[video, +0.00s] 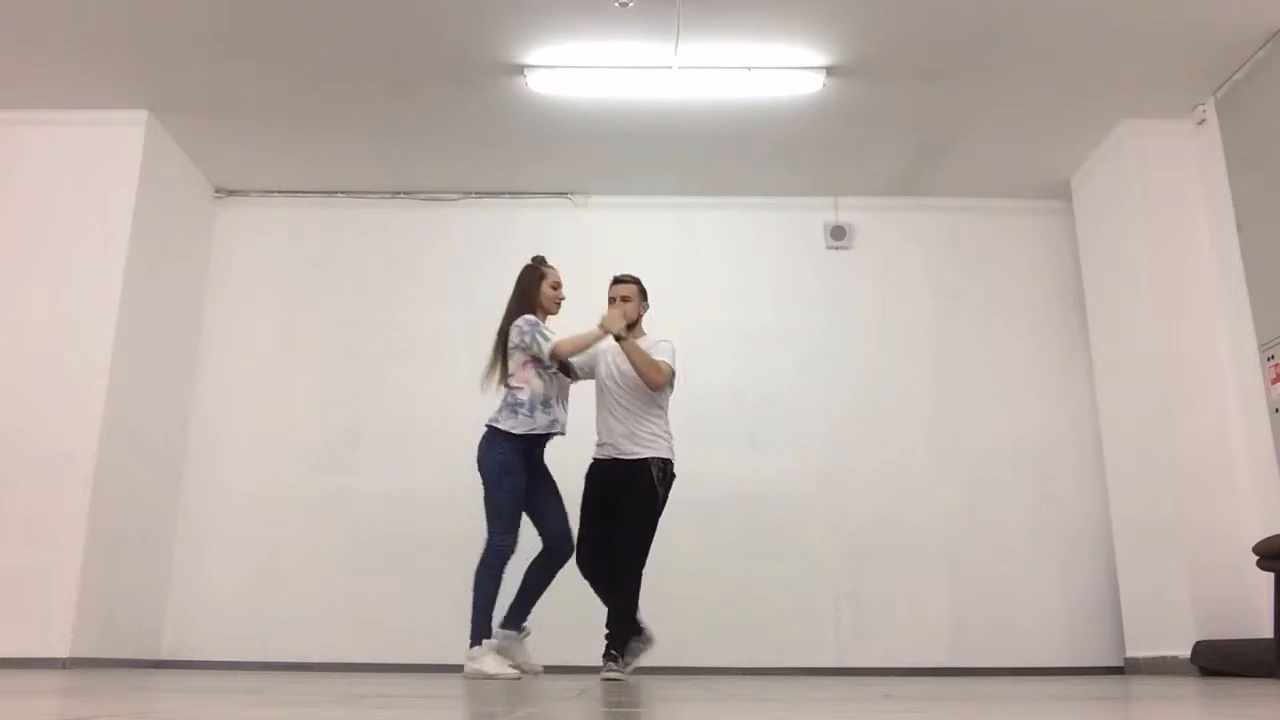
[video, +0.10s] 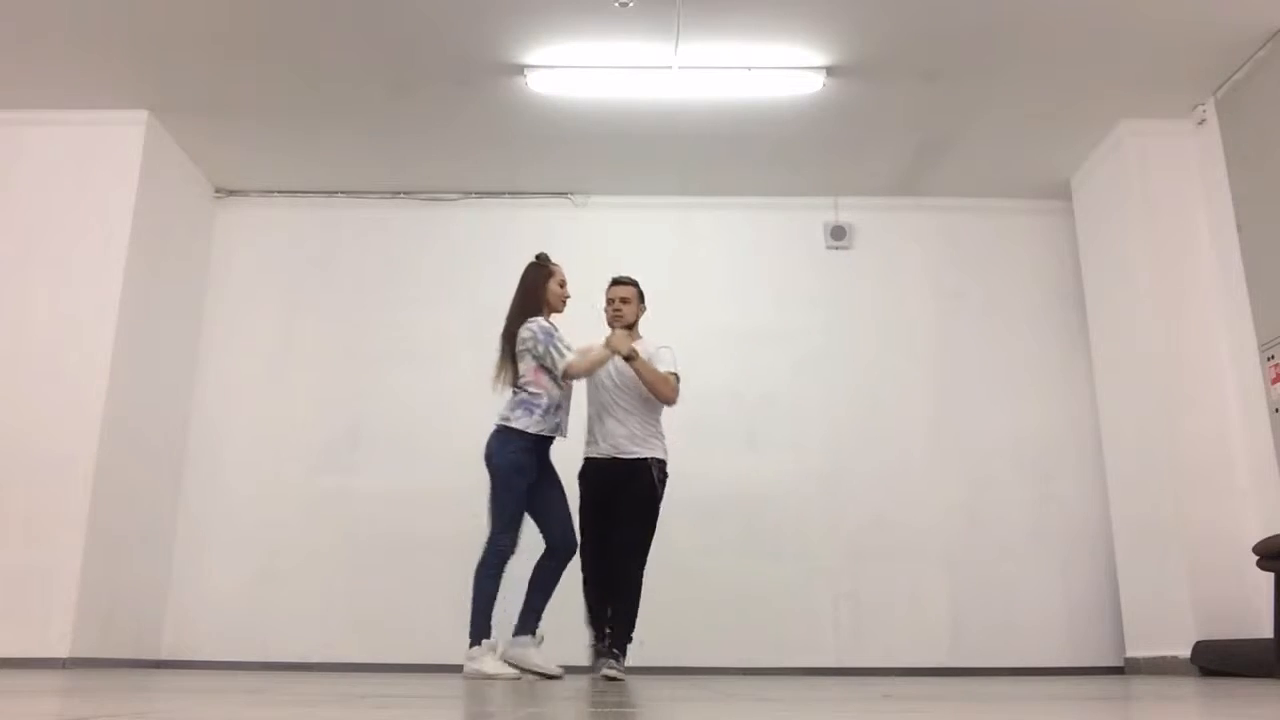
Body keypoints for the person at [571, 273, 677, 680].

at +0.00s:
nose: (618, 306)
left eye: (626, 300)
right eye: (612, 301)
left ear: (644, 307)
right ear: (607, 307)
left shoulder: (660, 346)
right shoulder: (601, 351)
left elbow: (657, 378)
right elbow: (560, 368)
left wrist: (620, 336)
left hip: (649, 463)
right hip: (606, 462)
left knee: (628, 558)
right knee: (589, 556)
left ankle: (614, 652)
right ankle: (635, 631)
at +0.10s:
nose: (616, 307)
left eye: (624, 301)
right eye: (611, 302)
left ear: (641, 309)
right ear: (604, 308)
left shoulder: (657, 351)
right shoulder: (593, 352)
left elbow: (669, 394)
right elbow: (565, 370)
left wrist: (633, 357)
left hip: (643, 466)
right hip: (597, 465)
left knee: (629, 559)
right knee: (593, 555)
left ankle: (617, 650)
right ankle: (600, 640)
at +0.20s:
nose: (615, 311)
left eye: (622, 305)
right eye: (609, 305)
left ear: (637, 312)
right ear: (600, 311)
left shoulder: (650, 359)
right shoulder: (584, 354)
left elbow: (673, 408)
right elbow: (554, 388)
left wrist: (638, 369)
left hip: (638, 470)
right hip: (591, 468)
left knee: (631, 565)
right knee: (595, 564)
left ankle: (620, 651)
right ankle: (591, 649)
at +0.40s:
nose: (607, 316)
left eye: (614, 310)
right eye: (600, 309)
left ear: (624, 317)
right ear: (586, 313)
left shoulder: (631, 364)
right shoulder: (570, 352)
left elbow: (671, 406)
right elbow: (512, 361)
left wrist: (663, 366)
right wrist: (546, 351)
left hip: (621, 468)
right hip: (579, 464)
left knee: (637, 550)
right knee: (585, 553)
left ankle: (627, 638)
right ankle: (588, 639)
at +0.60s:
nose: (610, 284)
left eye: (596, 276)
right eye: (609, 277)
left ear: (572, 282)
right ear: (611, 280)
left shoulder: (560, 327)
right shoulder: (628, 316)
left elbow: (513, 360)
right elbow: (676, 342)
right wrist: (671, 320)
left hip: (559, 446)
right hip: (602, 446)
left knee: (571, 546)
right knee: (629, 546)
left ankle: (538, 637)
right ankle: (638, 643)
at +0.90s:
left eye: (583, 287)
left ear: (594, 284)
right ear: (634, 284)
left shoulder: (578, 325)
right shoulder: (646, 319)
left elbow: (523, 354)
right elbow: (673, 332)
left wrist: (504, 340)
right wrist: (640, 307)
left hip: (605, 434)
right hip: (652, 429)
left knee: (619, 542)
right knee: (652, 543)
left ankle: (585, 643)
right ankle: (639, 651)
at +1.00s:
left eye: (601, 281)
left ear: (603, 291)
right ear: (643, 287)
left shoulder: (585, 326)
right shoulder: (656, 325)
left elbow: (525, 343)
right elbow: (636, 307)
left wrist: (500, 333)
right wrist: (604, 284)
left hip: (608, 437)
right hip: (657, 432)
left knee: (601, 541)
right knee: (650, 543)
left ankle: (593, 638)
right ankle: (639, 649)